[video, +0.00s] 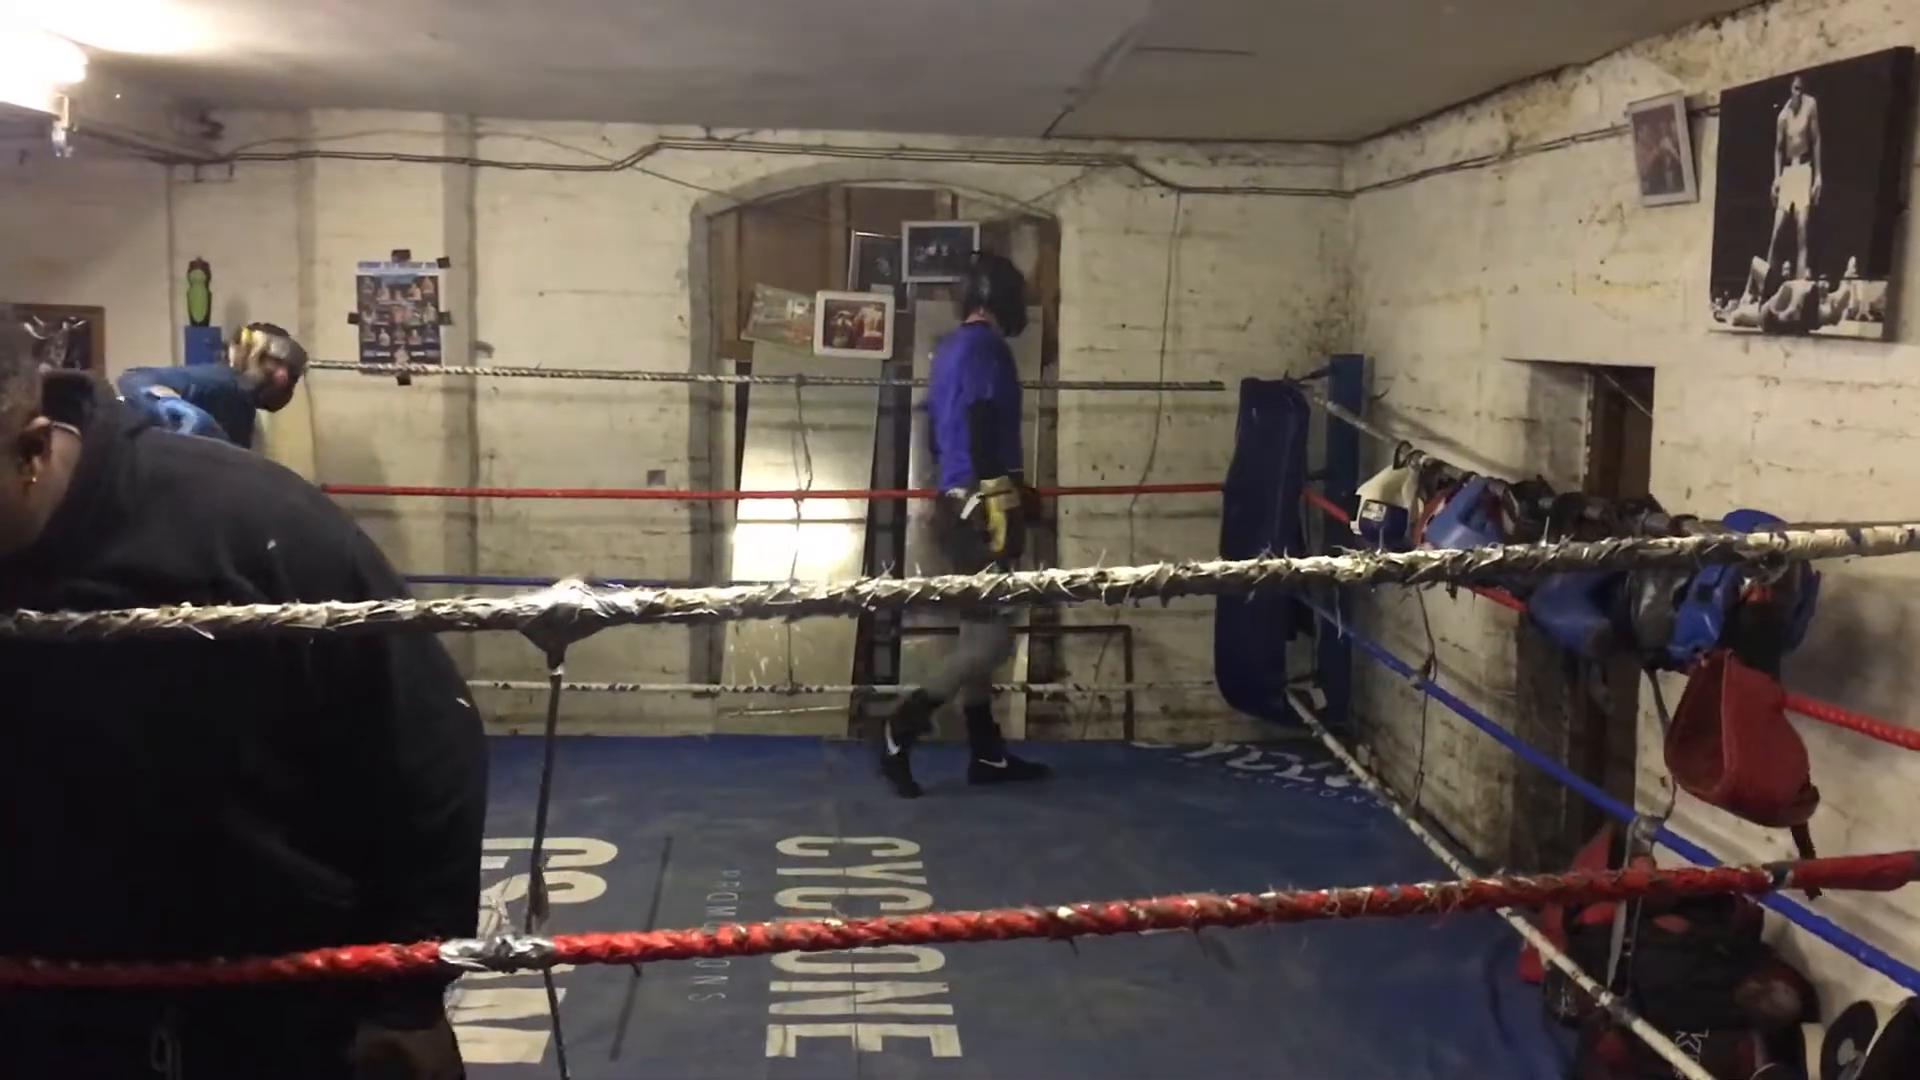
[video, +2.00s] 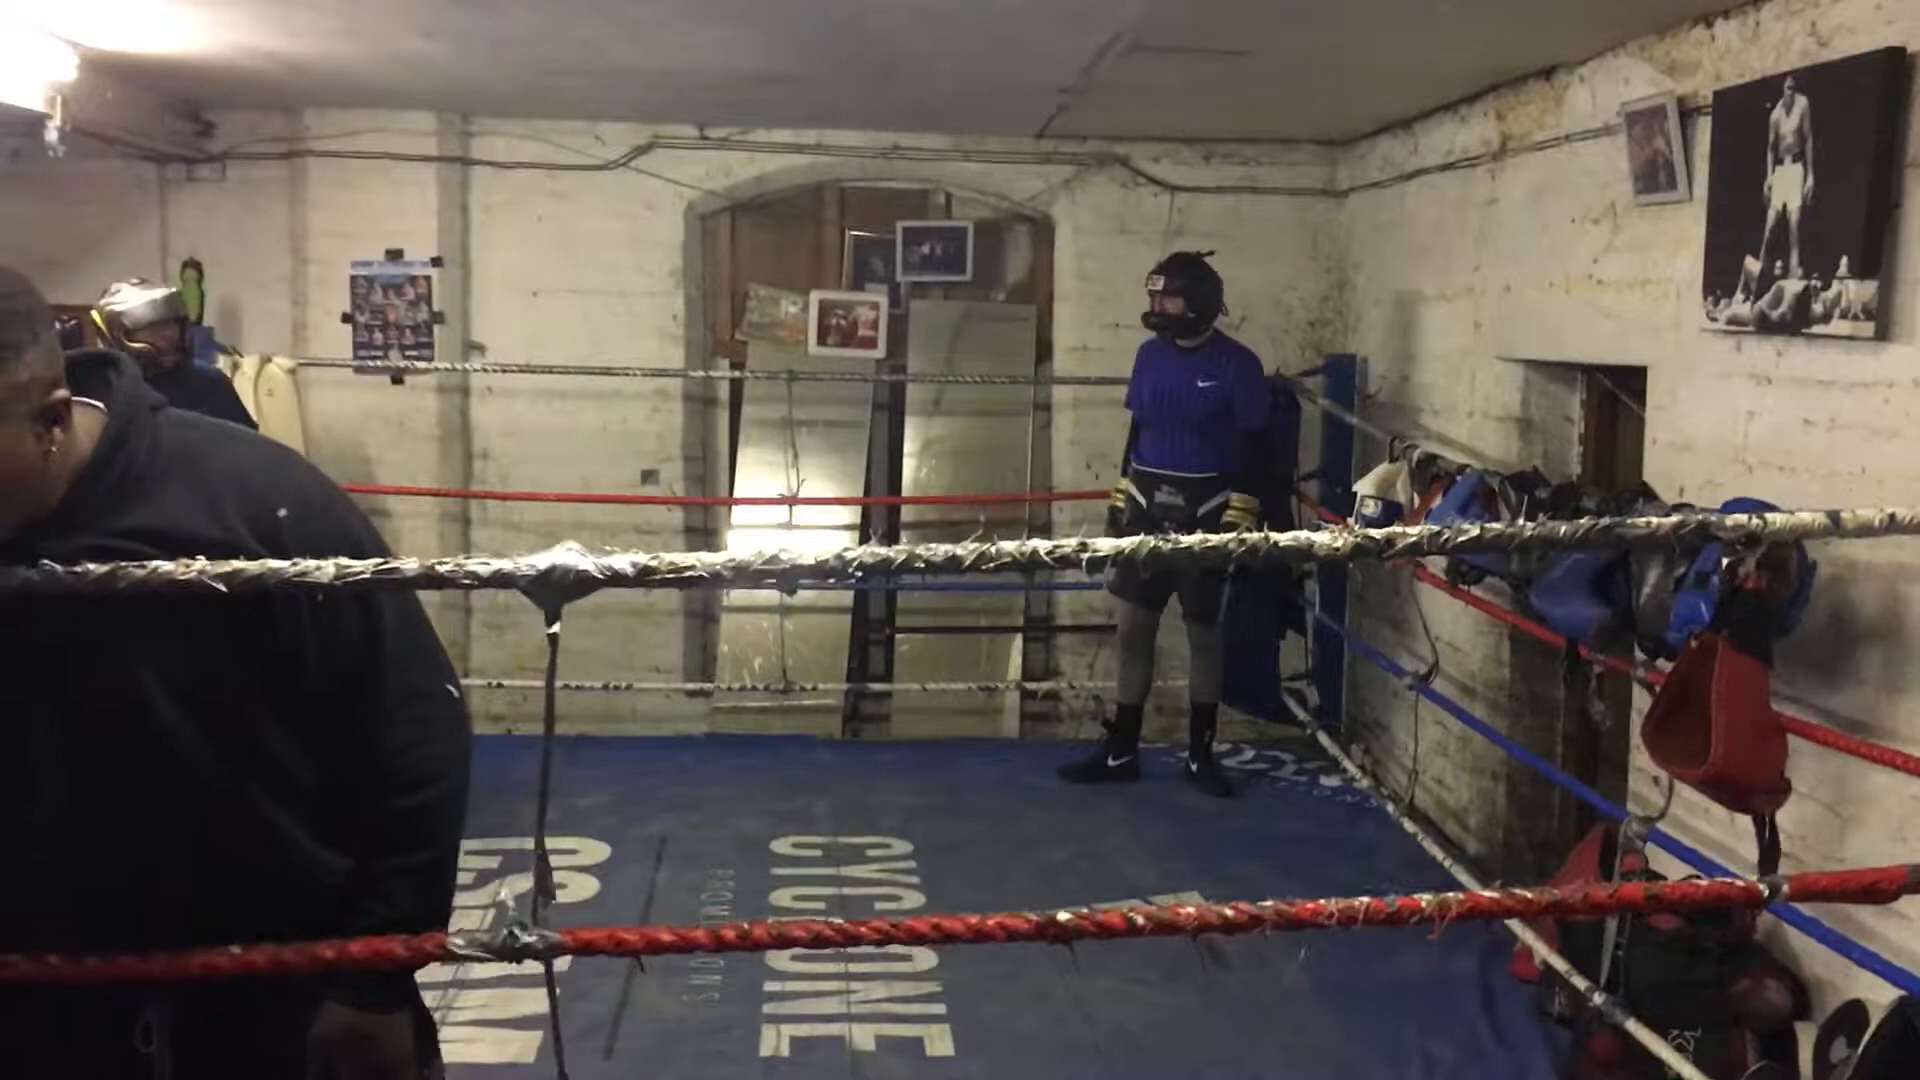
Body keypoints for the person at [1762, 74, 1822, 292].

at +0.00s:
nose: (1796, 94)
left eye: (1800, 90)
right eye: (1794, 89)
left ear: (1804, 91)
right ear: (1790, 90)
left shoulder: (1810, 106)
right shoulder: (1783, 115)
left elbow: (1816, 139)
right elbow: (1778, 147)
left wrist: (1818, 176)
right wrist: (1777, 177)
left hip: (1804, 164)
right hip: (1787, 165)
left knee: (1802, 220)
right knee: (1779, 221)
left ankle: (1802, 268)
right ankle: (1770, 269)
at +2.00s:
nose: (1789, 94)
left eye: (1792, 90)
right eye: (1787, 89)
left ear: (1796, 90)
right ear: (1782, 89)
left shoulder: (1802, 104)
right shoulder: (1775, 114)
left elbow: (1808, 138)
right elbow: (1770, 146)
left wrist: (1810, 175)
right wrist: (1769, 175)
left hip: (1797, 165)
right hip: (1779, 166)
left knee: (1794, 219)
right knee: (1771, 218)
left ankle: (1794, 266)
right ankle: (1762, 264)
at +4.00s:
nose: (1788, 92)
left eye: (1792, 89)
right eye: (1787, 88)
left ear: (1796, 90)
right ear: (1782, 88)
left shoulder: (1802, 104)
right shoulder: (1775, 113)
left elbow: (1808, 139)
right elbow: (1771, 146)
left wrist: (1810, 175)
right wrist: (1769, 175)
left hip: (1797, 164)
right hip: (1779, 165)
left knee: (1794, 220)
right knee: (1771, 221)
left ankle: (1793, 270)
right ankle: (1761, 268)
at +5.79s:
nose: (1789, 92)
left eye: (1792, 88)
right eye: (1787, 88)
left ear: (1796, 89)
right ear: (1783, 89)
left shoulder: (1801, 104)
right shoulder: (1775, 114)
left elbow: (1808, 139)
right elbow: (1771, 146)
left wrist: (1810, 175)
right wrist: (1769, 175)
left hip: (1797, 164)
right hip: (1780, 165)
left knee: (1794, 221)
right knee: (1771, 221)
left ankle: (1794, 269)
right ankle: (1762, 269)